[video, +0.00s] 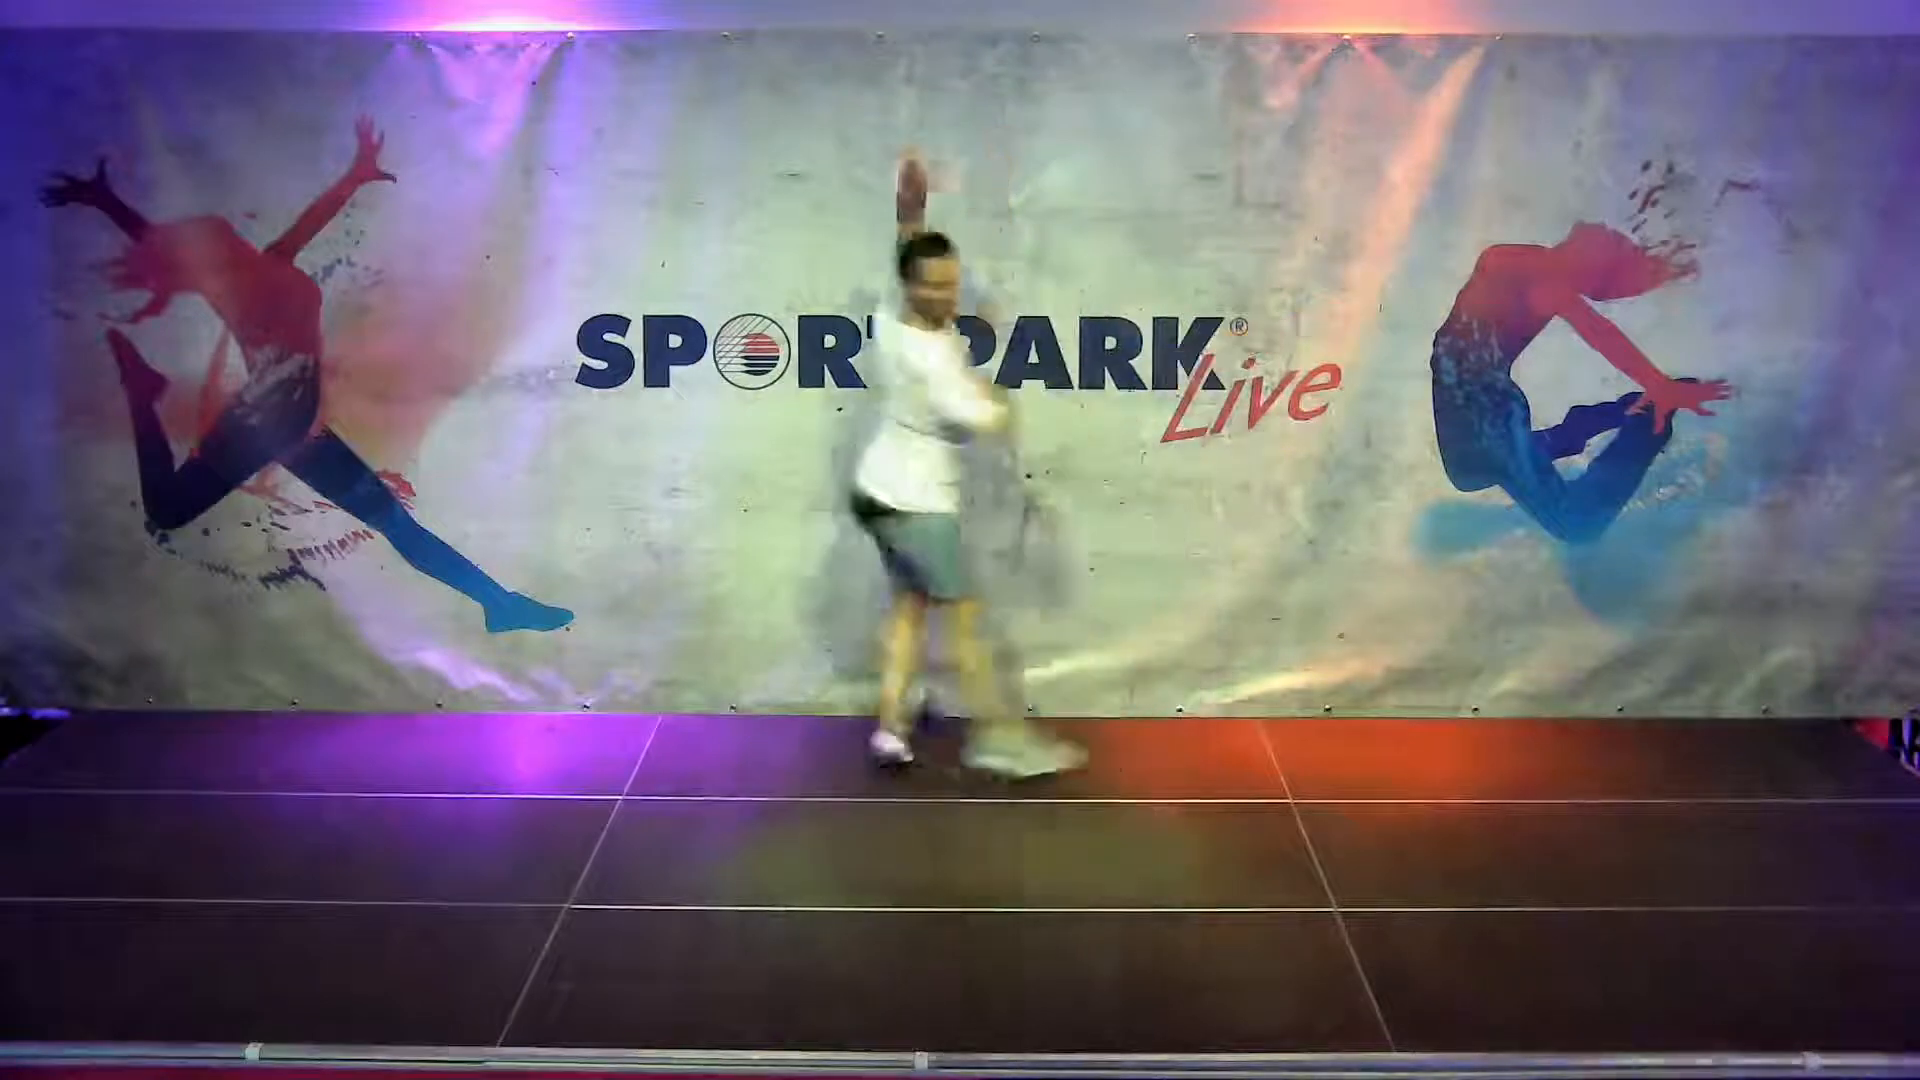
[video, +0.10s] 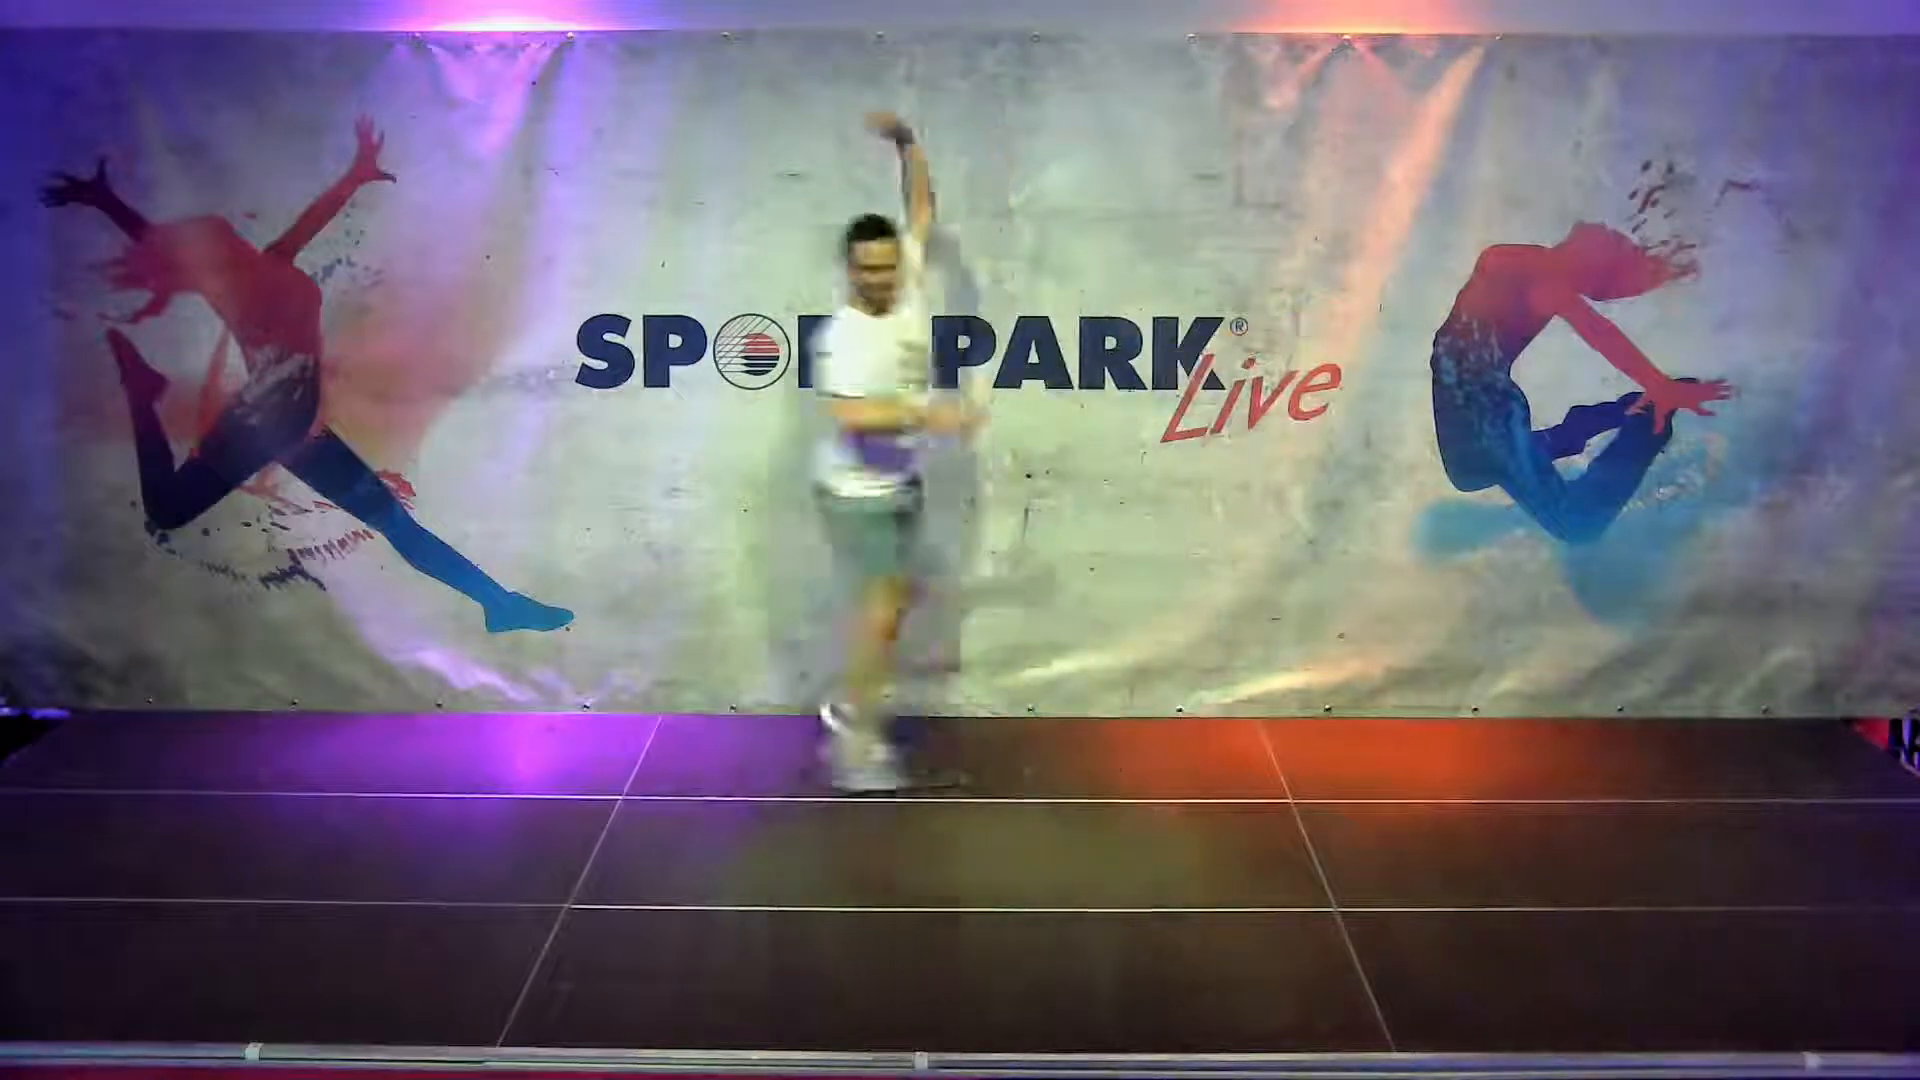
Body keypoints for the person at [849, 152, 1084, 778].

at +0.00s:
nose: (945, 295)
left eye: (950, 284)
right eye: (934, 286)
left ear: (955, 281)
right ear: (910, 286)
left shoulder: (898, 325)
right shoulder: (929, 354)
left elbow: (916, 266)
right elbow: (981, 415)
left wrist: (911, 212)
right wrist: (996, 403)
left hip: (885, 485)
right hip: (919, 494)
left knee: (910, 606)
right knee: (963, 606)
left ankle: (891, 729)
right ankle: (993, 732)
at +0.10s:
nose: (878, 279)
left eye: (886, 268)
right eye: (866, 269)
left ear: (900, 265)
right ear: (850, 269)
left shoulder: (906, 298)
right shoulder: (846, 334)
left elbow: (921, 213)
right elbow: (850, 413)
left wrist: (909, 144)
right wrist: (928, 415)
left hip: (899, 475)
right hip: (855, 482)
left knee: (896, 597)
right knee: (882, 604)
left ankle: (850, 701)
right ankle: (859, 737)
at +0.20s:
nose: (819, 294)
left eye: (827, 281)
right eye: (807, 284)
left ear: (846, 282)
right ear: (792, 288)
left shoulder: (869, 323)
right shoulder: (774, 355)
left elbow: (913, 243)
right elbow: (730, 419)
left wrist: (917, 157)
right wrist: (780, 419)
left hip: (866, 504)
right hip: (799, 510)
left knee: (859, 619)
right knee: (783, 626)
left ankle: (854, 712)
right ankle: (721, 738)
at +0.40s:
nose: (728, 318)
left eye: (739, 307)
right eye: (720, 307)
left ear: (764, 310)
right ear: (711, 309)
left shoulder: (796, 363)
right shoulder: (681, 376)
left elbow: (881, 342)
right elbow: (598, 404)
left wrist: (950, 319)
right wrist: (519, 426)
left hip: (775, 545)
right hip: (701, 539)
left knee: (787, 666)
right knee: (659, 646)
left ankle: (837, 701)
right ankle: (645, 753)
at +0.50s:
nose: (687, 316)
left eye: (700, 307)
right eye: (681, 305)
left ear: (724, 313)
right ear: (672, 308)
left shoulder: (750, 375)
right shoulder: (646, 372)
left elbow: (817, 413)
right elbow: (571, 408)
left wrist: (879, 438)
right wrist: (494, 437)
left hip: (730, 536)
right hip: (662, 533)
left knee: (714, 652)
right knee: (625, 645)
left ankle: (740, 741)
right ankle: (650, 752)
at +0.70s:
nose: (636, 337)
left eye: (651, 328)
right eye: (631, 325)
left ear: (678, 338)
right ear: (625, 329)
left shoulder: (675, 407)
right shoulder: (618, 392)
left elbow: (646, 495)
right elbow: (564, 425)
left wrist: (571, 493)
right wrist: (526, 446)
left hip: (659, 565)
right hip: (607, 558)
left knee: (600, 667)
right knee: (572, 654)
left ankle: (562, 818)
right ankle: (652, 754)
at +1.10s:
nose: (618, 320)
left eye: (633, 313)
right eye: (615, 308)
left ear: (659, 326)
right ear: (607, 309)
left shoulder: (645, 386)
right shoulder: (591, 376)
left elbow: (650, 481)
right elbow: (527, 417)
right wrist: (514, 401)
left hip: (609, 553)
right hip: (571, 549)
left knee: (561, 672)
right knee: (531, 656)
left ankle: (558, 825)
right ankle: (620, 771)